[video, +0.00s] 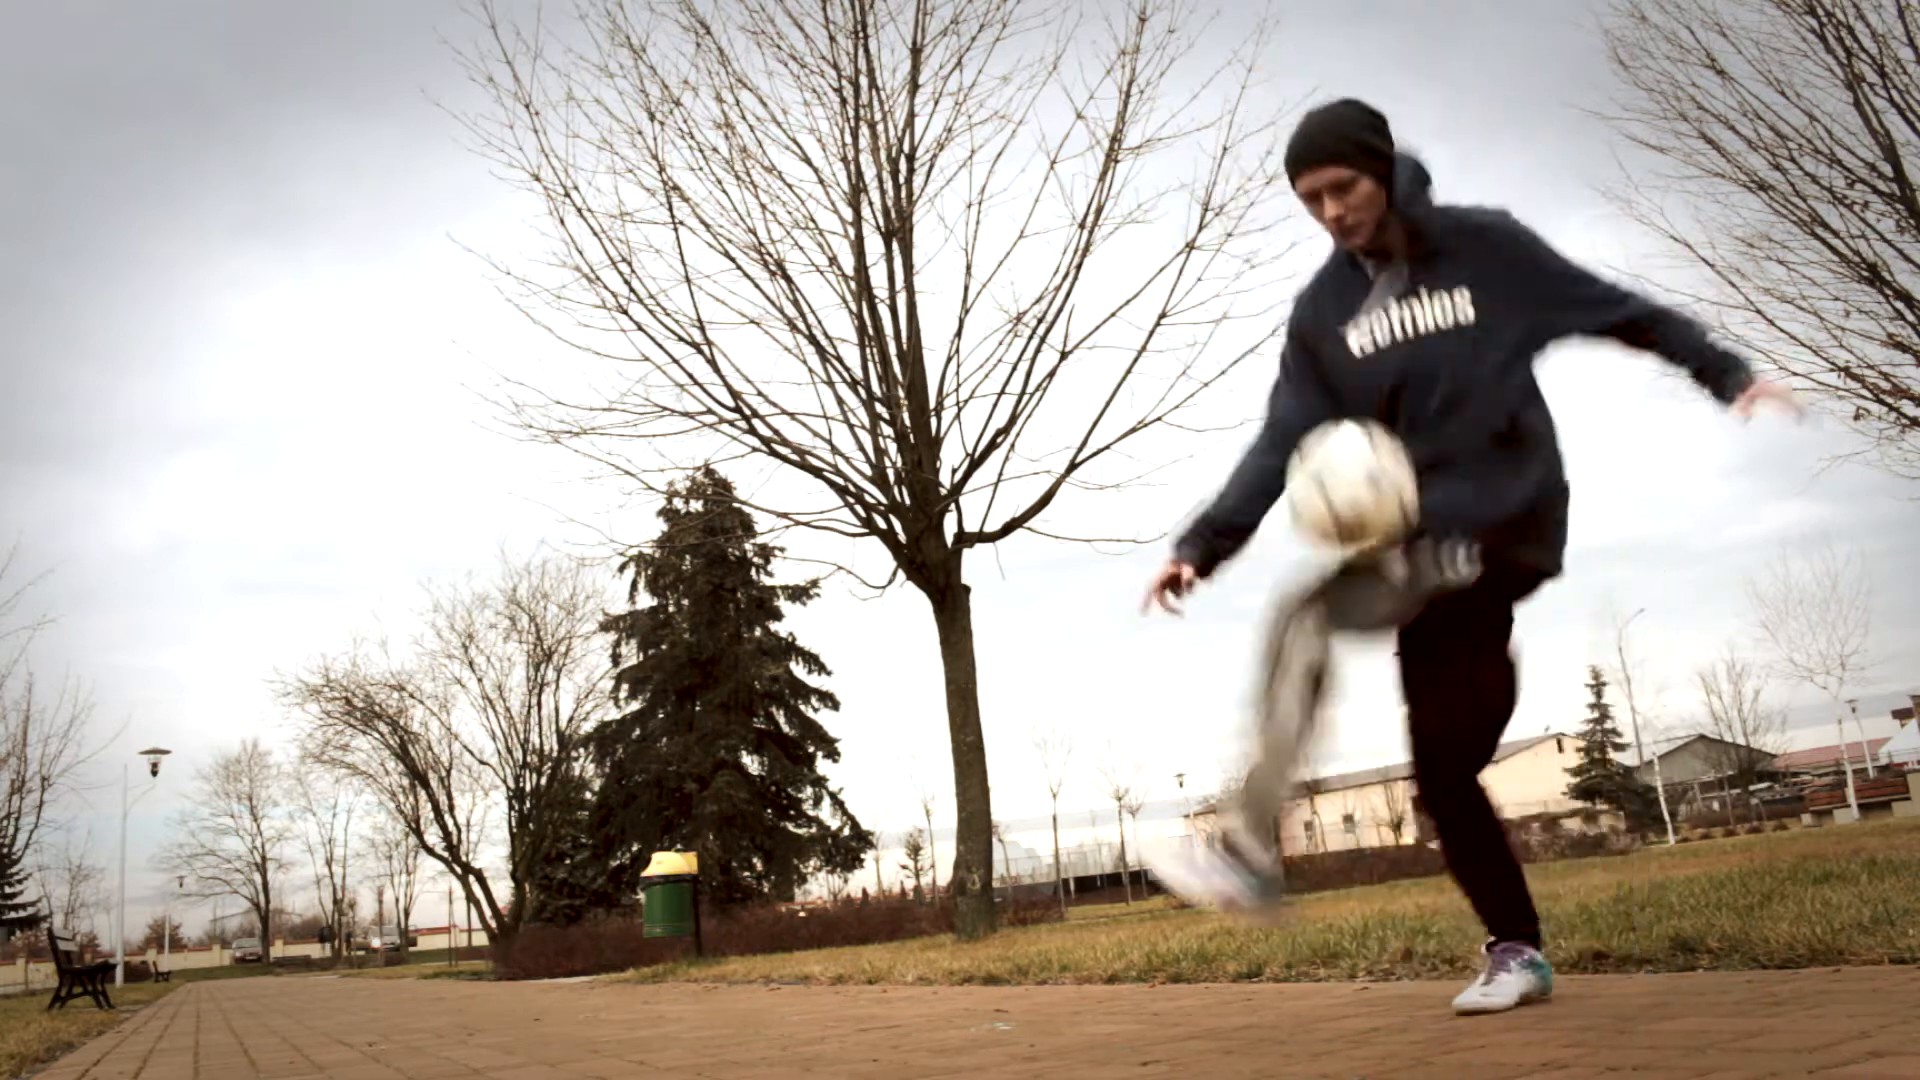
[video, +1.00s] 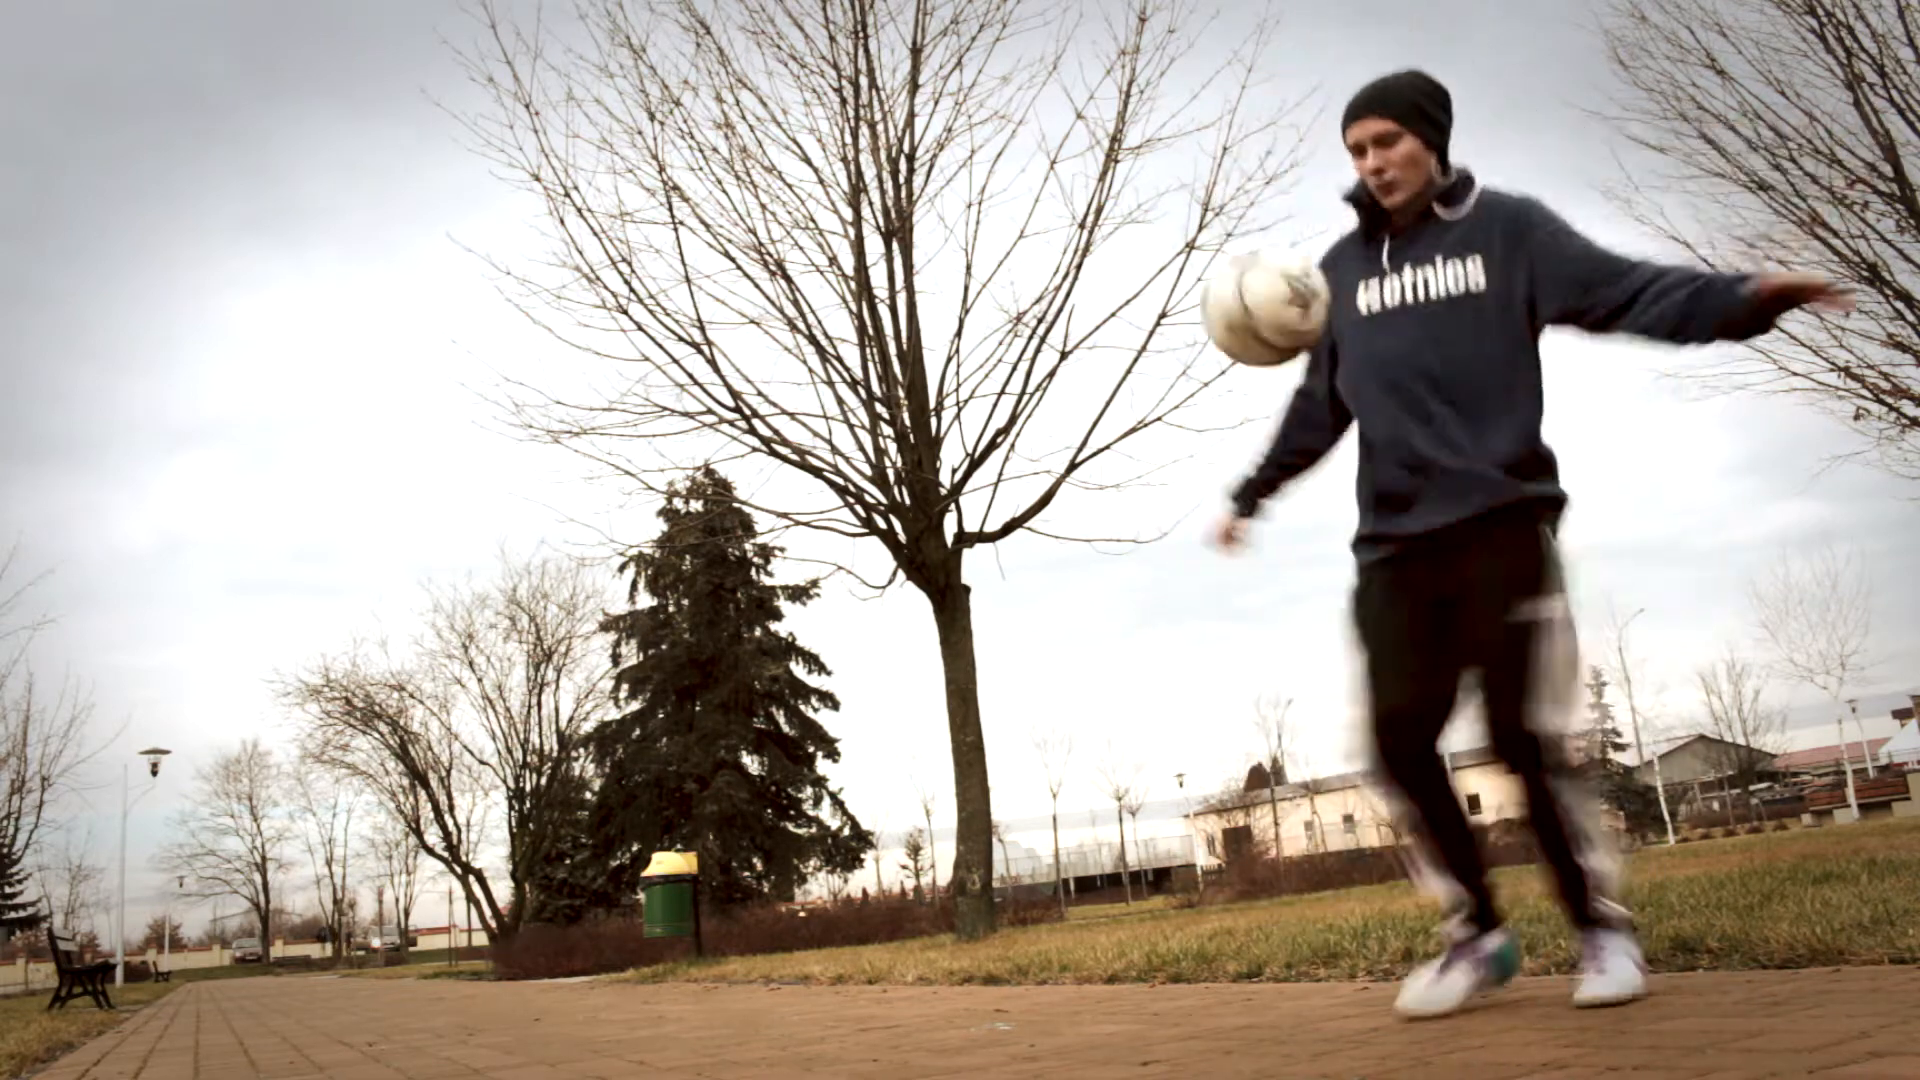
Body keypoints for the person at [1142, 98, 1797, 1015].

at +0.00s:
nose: (1333, 212)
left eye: (1344, 188)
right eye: (1315, 200)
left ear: (1386, 172)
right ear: (1307, 204)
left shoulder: (1483, 246)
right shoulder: (1322, 313)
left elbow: (1615, 309)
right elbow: (1282, 439)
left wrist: (1726, 372)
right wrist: (1202, 545)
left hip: (1509, 514)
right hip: (1423, 537)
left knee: (1310, 612)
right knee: (1443, 771)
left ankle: (1253, 850)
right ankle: (1516, 949)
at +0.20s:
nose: (1341, 195)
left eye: (1354, 174)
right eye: (1321, 183)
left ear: (1390, 167)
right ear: (1306, 191)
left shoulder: (1455, 239)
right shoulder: (1301, 298)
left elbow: (1539, 306)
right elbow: (1260, 422)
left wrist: (1599, 338)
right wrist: (1195, 515)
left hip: (1500, 482)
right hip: (1401, 537)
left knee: (1504, 562)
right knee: (1405, 753)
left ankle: (1541, 787)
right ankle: (1502, 947)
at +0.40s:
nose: (1363, 166)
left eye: (1379, 143)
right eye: (1346, 150)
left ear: (1417, 146)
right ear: (1333, 163)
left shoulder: (1507, 229)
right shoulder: (1328, 269)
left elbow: (1651, 244)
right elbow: (1251, 334)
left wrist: (1798, 213)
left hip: (1493, 461)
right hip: (1394, 513)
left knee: (1491, 274)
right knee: (1417, 714)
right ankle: (1498, 931)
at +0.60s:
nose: (1363, 82)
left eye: (1374, 60)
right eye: (1343, 73)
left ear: (1409, 52)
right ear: (1330, 84)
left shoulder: (1490, 124)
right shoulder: (1339, 159)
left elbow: (1586, 135)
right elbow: (1293, 223)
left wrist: (1687, 137)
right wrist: (1227, 232)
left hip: (1526, 338)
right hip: (1427, 373)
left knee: (1469, 492)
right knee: (1331, 507)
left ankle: (1533, 720)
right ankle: (1304, 715)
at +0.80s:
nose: (1382, 201)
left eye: (1395, 179)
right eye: (1364, 189)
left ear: (1434, 175)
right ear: (1350, 200)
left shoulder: (1520, 248)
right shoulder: (1345, 303)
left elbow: (1659, 265)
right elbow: (1322, 410)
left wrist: (1805, 226)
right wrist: (1282, 486)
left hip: (1527, 519)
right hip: (1430, 539)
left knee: (1567, 724)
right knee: (1451, 379)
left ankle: (1612, 938)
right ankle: (1665, 509)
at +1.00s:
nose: (1371, 164)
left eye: (1386, 144)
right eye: (1357, 153)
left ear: (1434, 141)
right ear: (1352, 166)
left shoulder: (1505, 226)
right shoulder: (1345, 269)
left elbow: (1619, 287)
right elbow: (1321, 399)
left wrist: (1742, 300)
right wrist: (1250, 491)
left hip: (1503, 516)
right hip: (1396, 538)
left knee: (1524, 738)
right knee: (1400, 744)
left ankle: (1600, 935)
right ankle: (1477, 935)